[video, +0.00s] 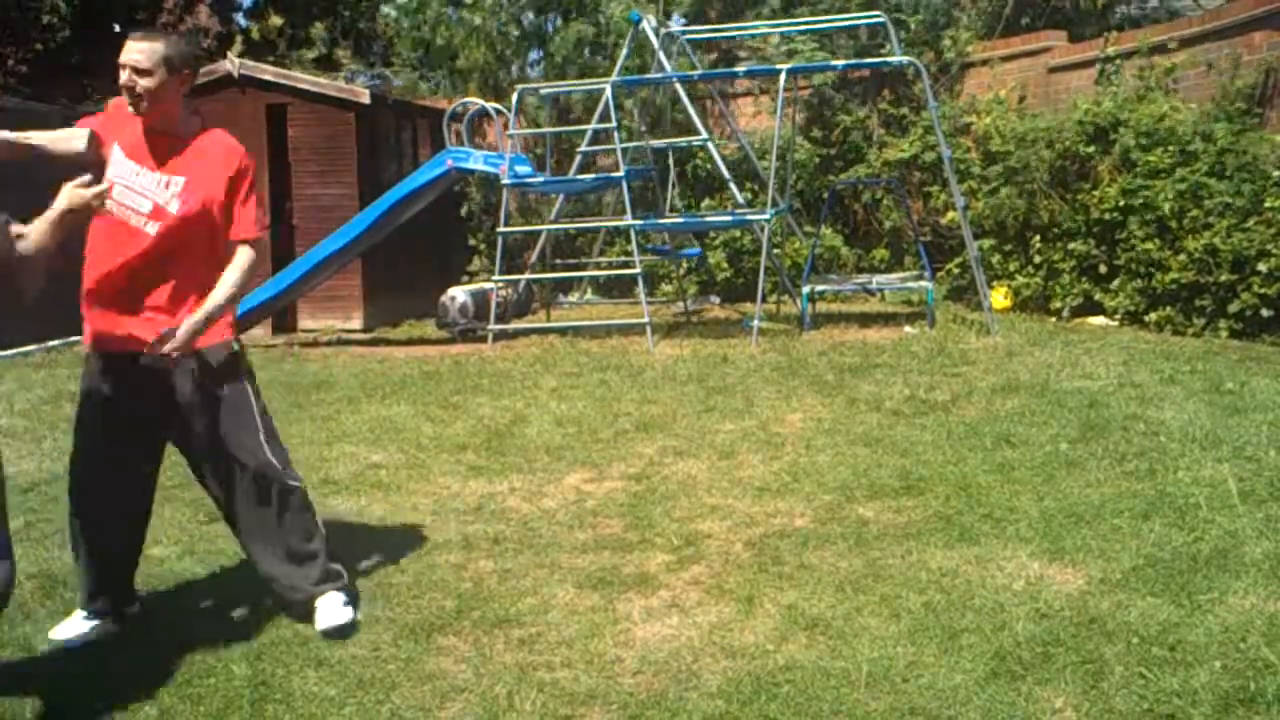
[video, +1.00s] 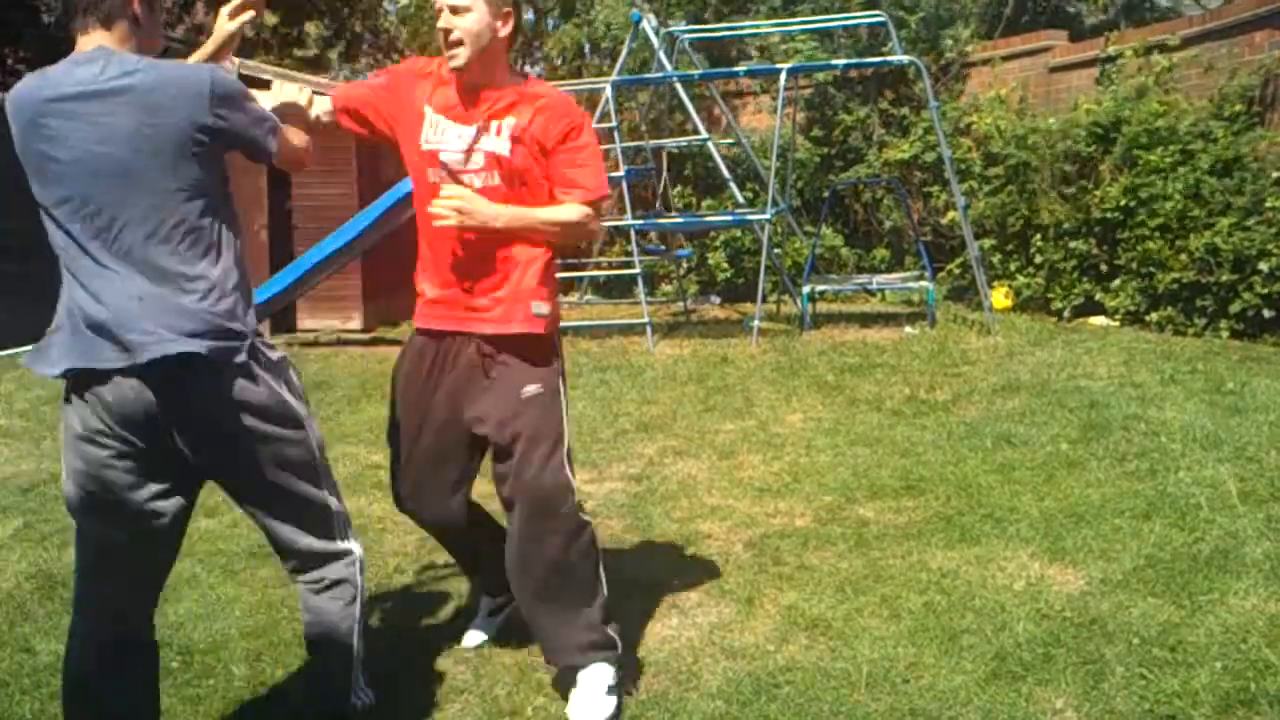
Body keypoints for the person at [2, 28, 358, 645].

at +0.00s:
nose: (126, 81)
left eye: (140, 72)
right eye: (122, 69)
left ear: (181, 81)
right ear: (120, 73)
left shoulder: (225, 157)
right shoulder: (115, 122)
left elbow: (249, 250)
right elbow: (62, 142)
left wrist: (196, 320)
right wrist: (8, 138)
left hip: (200, 350)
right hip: (116, 352)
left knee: (258, 471)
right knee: (101, 486)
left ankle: (323, 586)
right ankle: (106, 604)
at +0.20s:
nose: (186, 111)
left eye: (202, 102)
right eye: (180, 97)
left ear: (236, 109)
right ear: (171, 94)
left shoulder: (268, 182)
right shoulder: (140, 134)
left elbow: (322, 244)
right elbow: (47, 113)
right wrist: (15, 70)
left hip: (230, 367)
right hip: (139, 364)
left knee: (287, 474)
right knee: (111, 497)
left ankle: (347, 605)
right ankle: (103, 606)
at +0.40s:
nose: (196, 50)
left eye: (210, 38)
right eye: (192, 39)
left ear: (254, 44)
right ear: (193, 46)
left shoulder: (310, 112)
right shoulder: (191, 107)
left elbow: (391, 172)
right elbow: (125, 160)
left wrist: (449, 221)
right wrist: (45, 148)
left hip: (292, 334)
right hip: (217, 329)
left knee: (316, 480)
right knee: (183, 472)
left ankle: (349, 604)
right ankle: (207, 589)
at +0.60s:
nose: (232, 67)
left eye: (243, 53)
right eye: (227, 55)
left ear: (278, 54)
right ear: (230, 61)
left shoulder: (318, 114)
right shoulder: (263, 129)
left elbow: (330, 93)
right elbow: (296, 225)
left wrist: (289, 44)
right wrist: (271, 264)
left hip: (343, 338)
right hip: (296, 341)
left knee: (354, 482)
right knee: (273, 482)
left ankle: (492, 608)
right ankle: (322, 613)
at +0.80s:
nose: (334, 83)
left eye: (347, 69)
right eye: (330, 73)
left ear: (393, 74)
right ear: (351, 83)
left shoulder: (423, 124)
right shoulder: (371, 147)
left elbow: (355, 117)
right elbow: (360, 252)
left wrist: (260, 25)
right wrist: (283, 289)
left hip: (427, 367)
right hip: (366, 372)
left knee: (438, 523)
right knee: (319, 526)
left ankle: (543, 672)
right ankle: (312, 652)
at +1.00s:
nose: (443, 21)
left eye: (459, 9)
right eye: (438, 10)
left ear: (505, 21)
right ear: (436, 23)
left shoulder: (551, 109)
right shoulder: (412, 85)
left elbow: (586, 218)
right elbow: (320, 99)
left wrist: (495, 215)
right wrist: (236, 69)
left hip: (520, 342)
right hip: (434, 337)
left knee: (540, 496)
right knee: (426, 495)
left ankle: (589, 658)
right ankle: (500, 578)